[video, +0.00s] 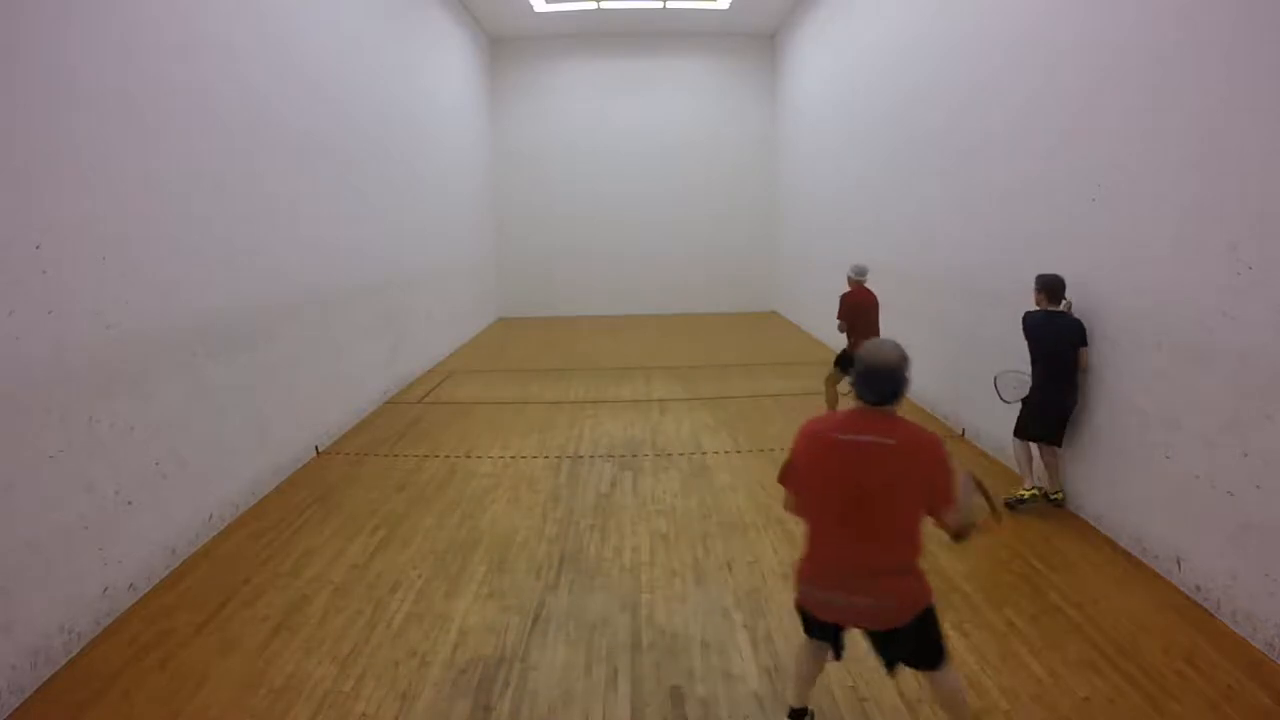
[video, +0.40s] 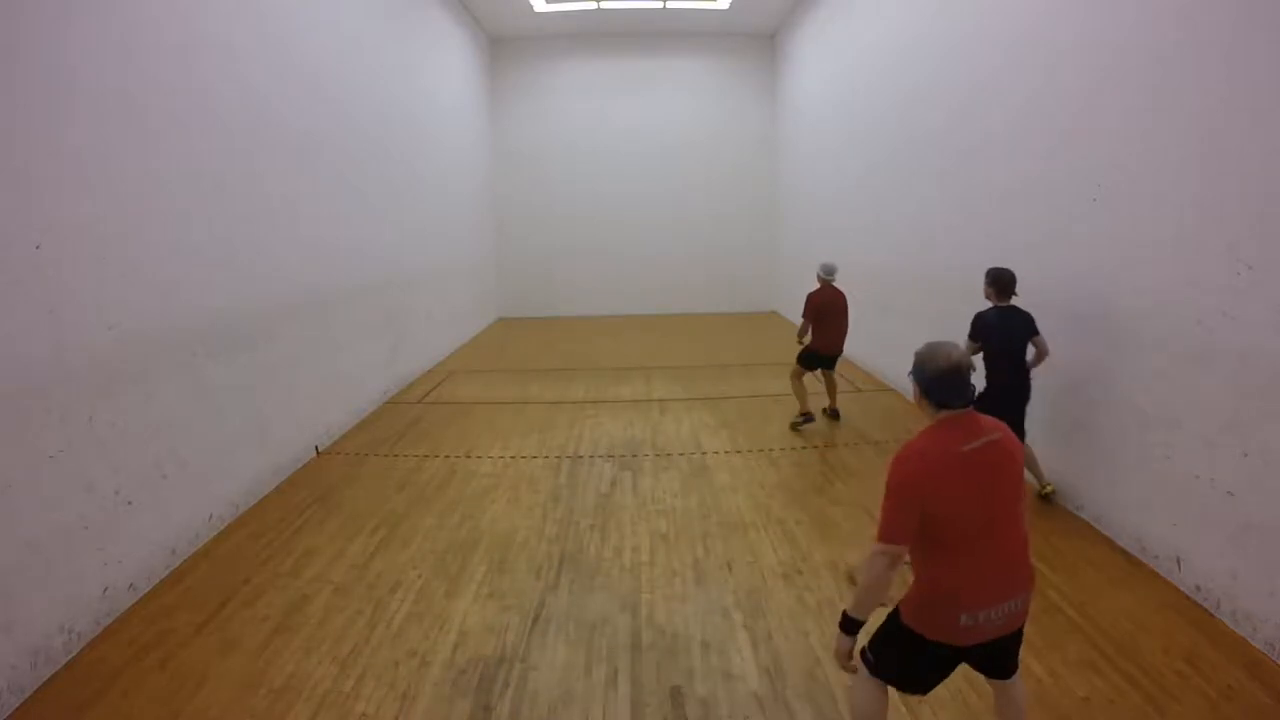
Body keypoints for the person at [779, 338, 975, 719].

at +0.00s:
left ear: (854, 381)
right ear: (903, 387)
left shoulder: (816, 433)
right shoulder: (924, 445)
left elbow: (794, 503)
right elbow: (955, 522)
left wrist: (845, 499)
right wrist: (969, 494)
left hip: (822, 592)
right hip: (894, 600)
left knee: (815, 642)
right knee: (939, 671)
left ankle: (798, 709)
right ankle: (962, 712)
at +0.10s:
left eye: (895, 397)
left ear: (895, 408)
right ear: (947, 407)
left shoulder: (868, 468)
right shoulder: (978, 464)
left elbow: (828, 543)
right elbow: (1001, 542)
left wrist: (860, 549)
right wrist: (1005, 568)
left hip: (890, 622)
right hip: (963, 622)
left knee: (832, 633)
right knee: (991, 683)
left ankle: (829, 712)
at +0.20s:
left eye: (917, 399)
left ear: (920, 410)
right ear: (970, 407)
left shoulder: (900, 471)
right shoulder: (1002, 461)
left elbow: (870, 558)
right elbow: (1023, 539)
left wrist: (840, 585)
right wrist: (1017, 582)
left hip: (927, 625)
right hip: (996, 619)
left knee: (851, 641)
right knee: (999, 672)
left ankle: (843, 715)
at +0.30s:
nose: (918, 390)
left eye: (919, 386)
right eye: (922, 384)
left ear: (925, 397)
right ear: (977, 393)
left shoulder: (913, 464)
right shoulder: (1013, 449)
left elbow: (880, 558)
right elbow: (1028, 529)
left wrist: (845, 613)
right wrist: (1008, 576)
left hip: (941, 618)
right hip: (1010, 610)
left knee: (863, 653)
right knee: (1006, 671)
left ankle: (855, 714)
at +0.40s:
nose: (912, 386)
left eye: (912, 381)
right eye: (914, 380)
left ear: (918, 393)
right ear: (970, 384)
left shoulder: (915, 458)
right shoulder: (1004, 436)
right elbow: (1000, 515)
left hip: (944, 610)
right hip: (1012, 600)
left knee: (870, 668)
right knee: (1007, 679)